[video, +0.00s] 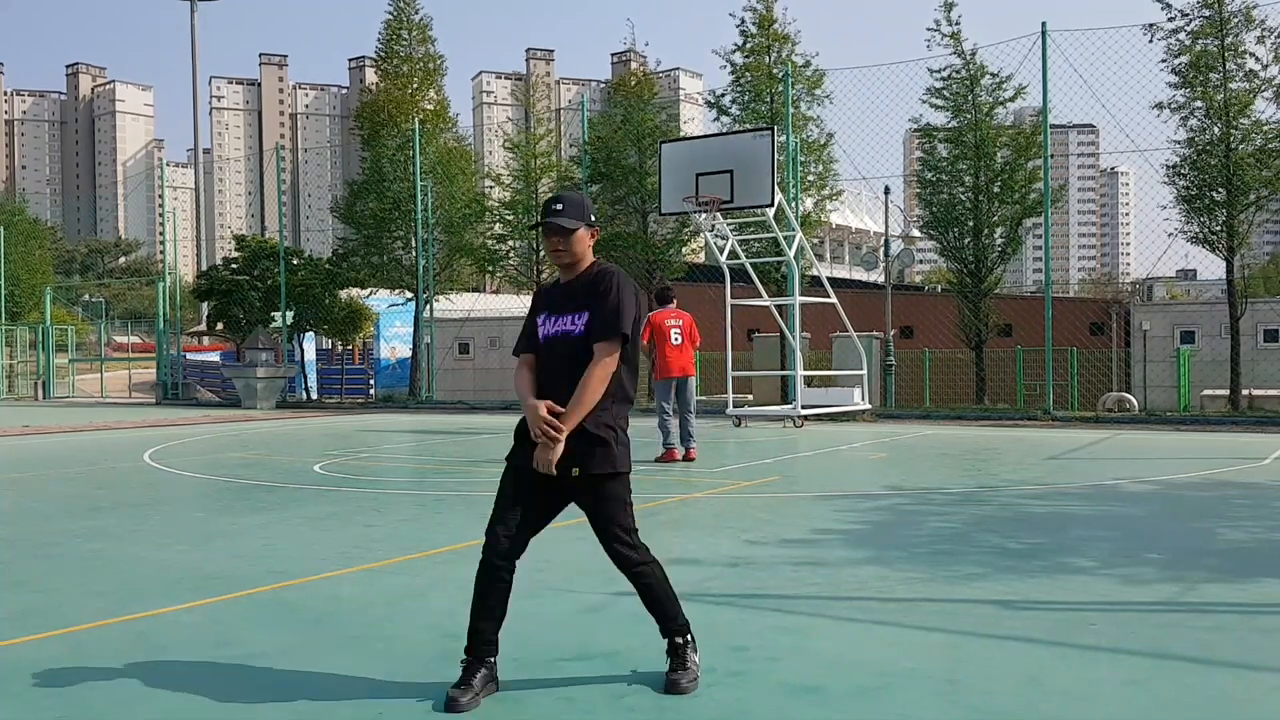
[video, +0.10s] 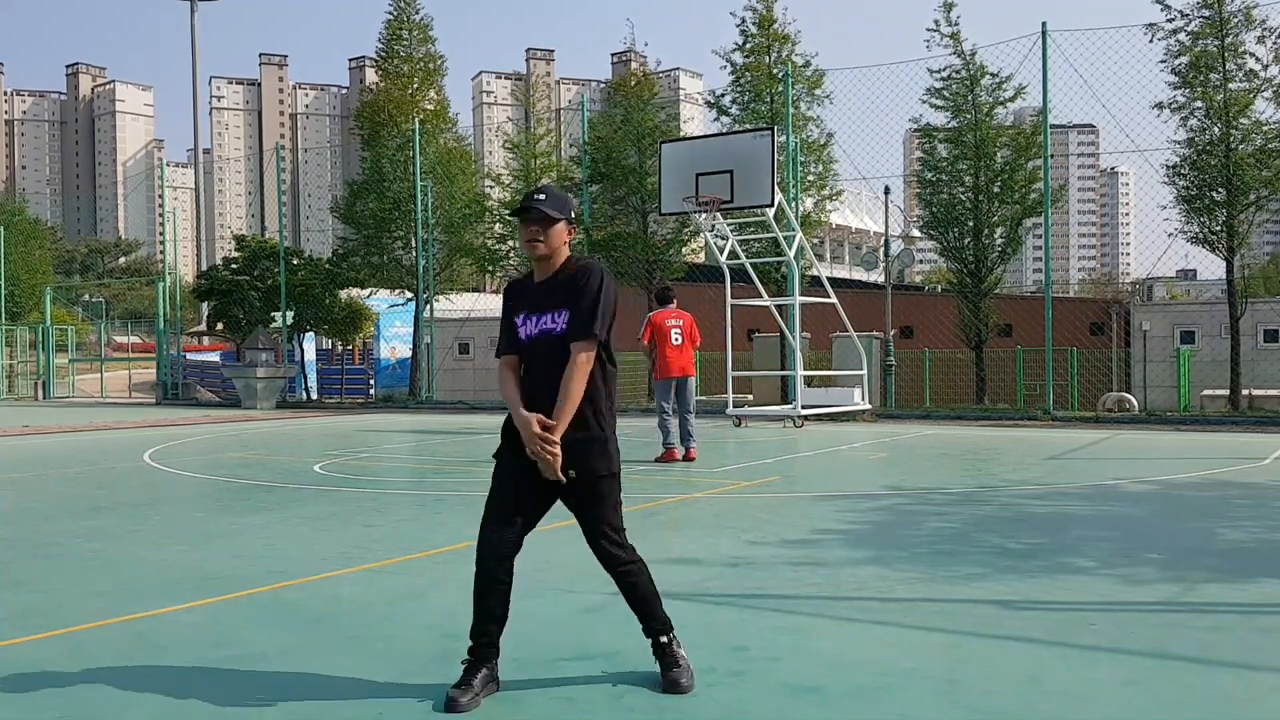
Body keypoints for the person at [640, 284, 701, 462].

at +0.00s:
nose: (677, 302)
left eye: (674, 300)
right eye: (676, 300)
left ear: (656, 302)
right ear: (674, 301)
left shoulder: (652, 317)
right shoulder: (686, 316)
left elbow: (643, 343)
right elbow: (696, 343)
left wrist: (652, 357)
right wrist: (683, 352)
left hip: (664, 368)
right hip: (687, 367)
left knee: (665, 411)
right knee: (688, 411)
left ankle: (670, 449)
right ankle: (690, 448)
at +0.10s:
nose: (677, 302)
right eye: (676, 299)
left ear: (657, 302)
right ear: (674, 301)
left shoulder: (653, 317)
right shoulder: (687, 316)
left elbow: (644, 343)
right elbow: (696, 343)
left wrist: (651, 357)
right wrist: (683, 353)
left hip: (665, 367)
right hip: (687, 367)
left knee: (665, 411)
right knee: (688, 410)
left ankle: (670, 449)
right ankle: (690, 448)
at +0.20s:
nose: (677, 301)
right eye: (676, 299)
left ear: (657, 301)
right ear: (674, 300)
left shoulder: (653, 317)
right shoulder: (687, 316)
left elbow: (644, 342)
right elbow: (697, 342)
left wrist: (652, 358)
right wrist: (684, 352)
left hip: (665, 367)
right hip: (687, 367)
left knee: (664, 411)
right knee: (688, 410)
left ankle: (670, 449)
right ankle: (690, 448)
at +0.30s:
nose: (676, 300)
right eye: (676, 298)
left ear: (656, 300)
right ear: (674, 300)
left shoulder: (654, 315)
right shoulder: (687, 315)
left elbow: (644, 339)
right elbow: (698, 340)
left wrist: (655, 350)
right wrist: (684, 349)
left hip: (665, 367)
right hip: (687, 366)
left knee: (664, 410)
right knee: (687, 410)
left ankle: (670, 448)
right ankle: (690, 447)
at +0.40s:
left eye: (656, 298)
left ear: (657, 299)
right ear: (674, 298)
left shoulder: (654, 314)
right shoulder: (687, 312)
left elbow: (641, 334)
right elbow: (699, 332)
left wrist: (657, 334)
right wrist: (681, 328)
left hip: (665, 369)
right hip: (687, 368)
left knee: (664, 410)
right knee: (687, 409)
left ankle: (670, 448)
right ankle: (690, 446)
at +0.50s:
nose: (653, 301)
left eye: (654, 298)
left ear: (656, 300)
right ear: (674, 299)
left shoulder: (656, 316)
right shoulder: (685, 314)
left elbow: (639, 323)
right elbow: (697, 316)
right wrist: (680, 304)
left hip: (664, 369)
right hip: (685, 369)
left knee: (661, 410)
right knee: (685, 410)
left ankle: (670, 448)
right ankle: (690, 446)